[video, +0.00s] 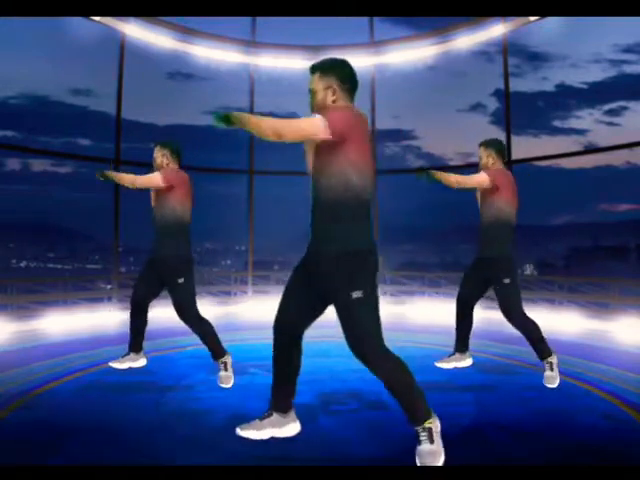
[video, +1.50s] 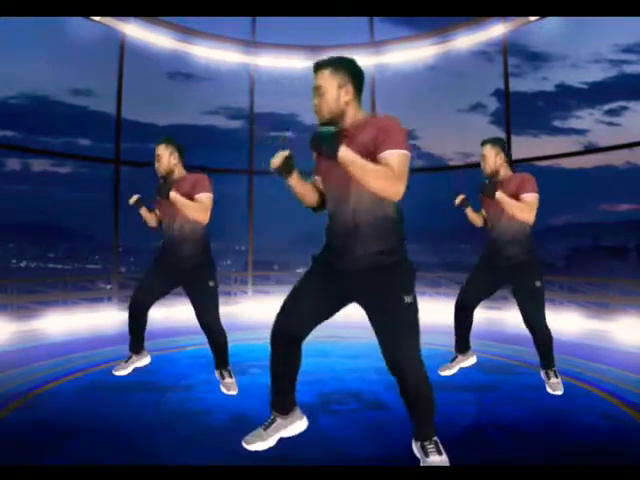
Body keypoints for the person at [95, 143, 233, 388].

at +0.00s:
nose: (156, 160)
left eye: (159, 155)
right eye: (155, 156)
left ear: (169, 158)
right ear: (162, 159)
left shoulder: (174, 176)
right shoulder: (167, 179)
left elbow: (136, 182)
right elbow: (138, 181)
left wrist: (111, 175)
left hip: (176, 257)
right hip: (162, 256)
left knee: (188, 313)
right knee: (139, 300)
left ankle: (222, 359)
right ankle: (135, 353)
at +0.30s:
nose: (162, 167)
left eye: (164, 162)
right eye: (160, 163)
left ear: (179, 160)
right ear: (162, 166)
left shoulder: (201, 181)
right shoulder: (167, 191)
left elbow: (206, 212)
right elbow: (152, 216)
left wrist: (182, 184)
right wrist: (144, 194)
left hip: (199, 260)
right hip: (172, 259)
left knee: (208, 316)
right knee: (148, 303)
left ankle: (222, 364)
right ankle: (136, 354)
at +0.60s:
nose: (161, 169)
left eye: (164, 163)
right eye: (159, 165)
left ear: (180, 162)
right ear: (161, 168)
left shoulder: (202, 183)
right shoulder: (167, 193)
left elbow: (211, 215)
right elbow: (150, 219)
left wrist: (185, 188)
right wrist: (141, 198)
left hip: (199, 263)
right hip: (172, 262)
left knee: (208, 317)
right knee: (143, 302)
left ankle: (222, 365)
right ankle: (135, 354)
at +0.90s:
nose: (138, 163)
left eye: (142, 157)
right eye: (137, 158)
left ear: (156, 158)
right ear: (138, 162)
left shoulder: (178, 183)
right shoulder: (141, 191)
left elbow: (185, 213)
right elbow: (122, 214)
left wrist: (161, 187)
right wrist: (116, 192)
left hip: (173, 260)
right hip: (143, 261)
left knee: (199, 308)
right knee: (124, 304)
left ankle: (197, 356)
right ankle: (117, 348)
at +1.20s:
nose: (140, 149)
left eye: (144, 143)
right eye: (139, 145)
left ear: (159, 144)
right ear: (141, 149)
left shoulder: (181, 166)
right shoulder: (144, 180)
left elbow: (192, 193)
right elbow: (126, 201)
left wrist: (162, 174)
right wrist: (120, 177)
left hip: (183, 246)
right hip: (155, 247)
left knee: (200, 303)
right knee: (127, 289)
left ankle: (218, 359)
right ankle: (125, 342)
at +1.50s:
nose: (157, 162)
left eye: (161, 156)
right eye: (156, 157)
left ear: (175, 157)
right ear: (159, 161)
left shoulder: (198, 180)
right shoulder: (164, 190)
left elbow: (204, 215)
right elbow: (155, 221)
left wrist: (173, 196)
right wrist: (141, 207)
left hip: (197, 262)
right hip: (168, 261)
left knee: (210, 321)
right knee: (138, 303)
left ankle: (224, 370)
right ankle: (138, 353)